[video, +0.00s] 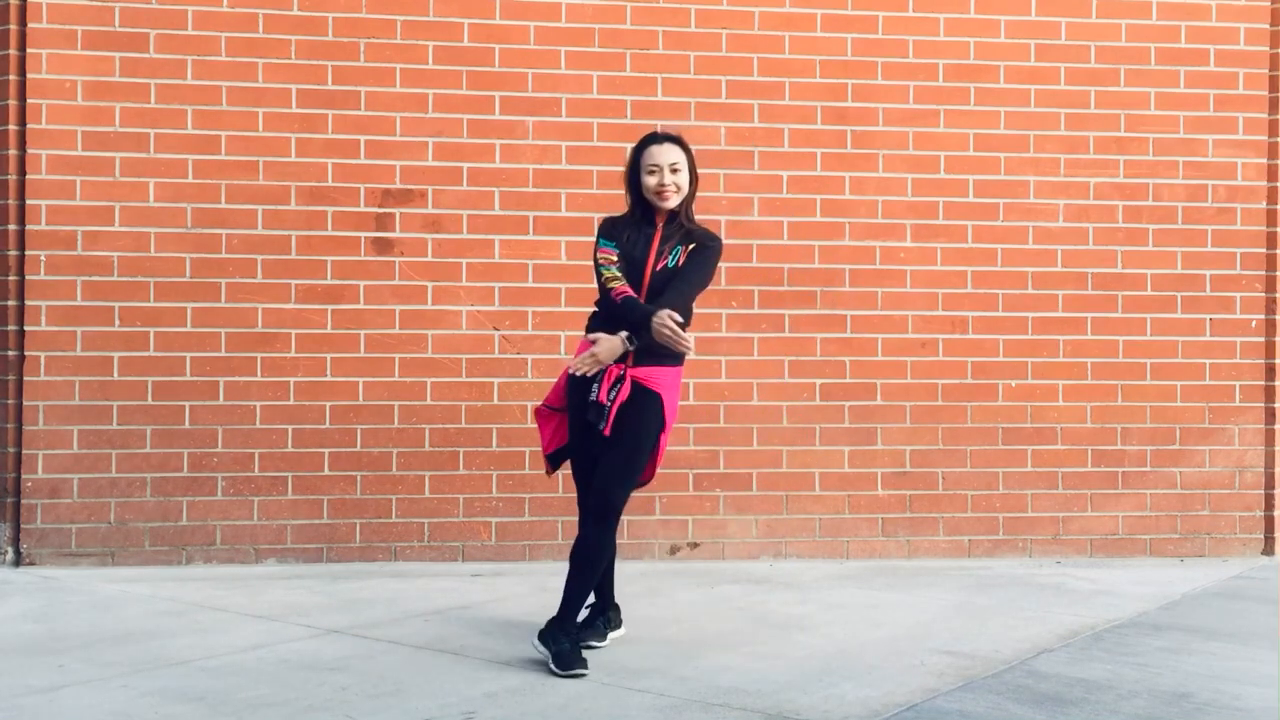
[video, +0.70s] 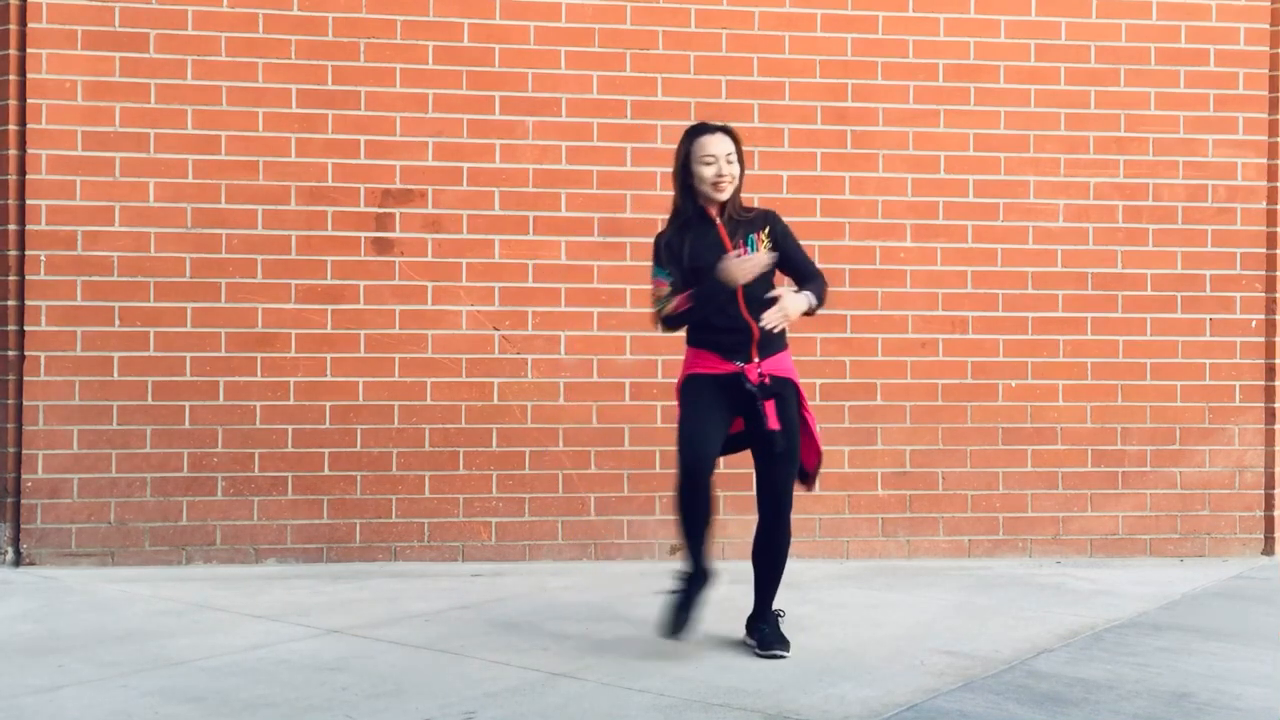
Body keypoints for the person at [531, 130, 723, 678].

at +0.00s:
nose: (664, 180)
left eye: (675, 170)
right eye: (652, 170)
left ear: (690, 177)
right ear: (637, 178)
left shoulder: (704, 243)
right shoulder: (614, 228)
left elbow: (672, 305)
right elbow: (612, 291)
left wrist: (621, 341)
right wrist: (650, 321)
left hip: (651, 378)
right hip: (593, 370)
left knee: (606, 499)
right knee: (593, 497)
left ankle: (562, 627)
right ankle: (604, 607)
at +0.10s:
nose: (663, 177)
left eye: (673, 167)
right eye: (651, 167)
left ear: (689, 173)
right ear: (636, 174)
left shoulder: (703, 239)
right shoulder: (611, 226)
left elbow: (700, 306)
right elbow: (586, 284)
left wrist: (656, 337)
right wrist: (630, 294)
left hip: (657, 371)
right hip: (597, 364)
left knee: (633, 486)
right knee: (593, 487)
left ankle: (578, 615)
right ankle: (601, 604)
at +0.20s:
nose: (667, 170)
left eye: (677, 160)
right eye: (655, 160)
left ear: (691, 168)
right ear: (638, 168)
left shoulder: (707, 234)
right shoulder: (612, 222)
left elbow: (750, 299)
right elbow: (553, 267)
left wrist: (710, 320)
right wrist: (600, 275)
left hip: (669, 372)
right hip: (607, 368)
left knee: (673, 459)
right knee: (599, 489)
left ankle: (635, 581)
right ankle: (603, 604)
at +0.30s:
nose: (673, 162)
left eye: (684, 152)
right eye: (662, 152)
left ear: (699, 160)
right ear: (644, 159)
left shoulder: (716, 226)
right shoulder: (619, 217)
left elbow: (772, 286)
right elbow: (548, 261)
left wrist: (752, 314)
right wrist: (587, 282)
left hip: (687, 367)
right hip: (621, 366)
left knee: (709, 464)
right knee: (615, 493)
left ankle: (702, 571)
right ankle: (606, 606)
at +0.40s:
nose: (680, 167)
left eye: (691, 157)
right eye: (669, 157)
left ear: (706, 164)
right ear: (653, 165)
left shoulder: (725, 230)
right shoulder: (635, 225)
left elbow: (766, 296)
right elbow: (579, 284)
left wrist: (771, 325)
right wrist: (598, 316)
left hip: (707, 375)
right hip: (640, 373)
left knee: (737, 493)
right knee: (628, 494)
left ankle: (754, 598)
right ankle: (606, 607)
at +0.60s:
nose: (703, 174)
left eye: (714, 163)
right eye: (691, 165)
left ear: (728, 170)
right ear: (675, 173)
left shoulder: (754, 228)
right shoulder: (664, 240)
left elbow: (800, 291)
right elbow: (638, 323)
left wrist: (807, 308)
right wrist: (667, 315)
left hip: (763, 378)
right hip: (697, 378)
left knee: (774, 502)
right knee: (669, 489)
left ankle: (763, 616)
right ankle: (629, 584)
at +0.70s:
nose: (722, 170)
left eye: (729, 159)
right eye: (708, 162)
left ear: (741, 165)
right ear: (688, 171)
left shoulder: (765, 225)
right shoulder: (675, 238)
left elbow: (815, 283)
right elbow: (667, 314)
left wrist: (799, 300)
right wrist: (722, 279)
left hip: (771, 374)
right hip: (709, 374)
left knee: (776, 499)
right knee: (693, 469)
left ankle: (764, 614)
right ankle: (696, 571)